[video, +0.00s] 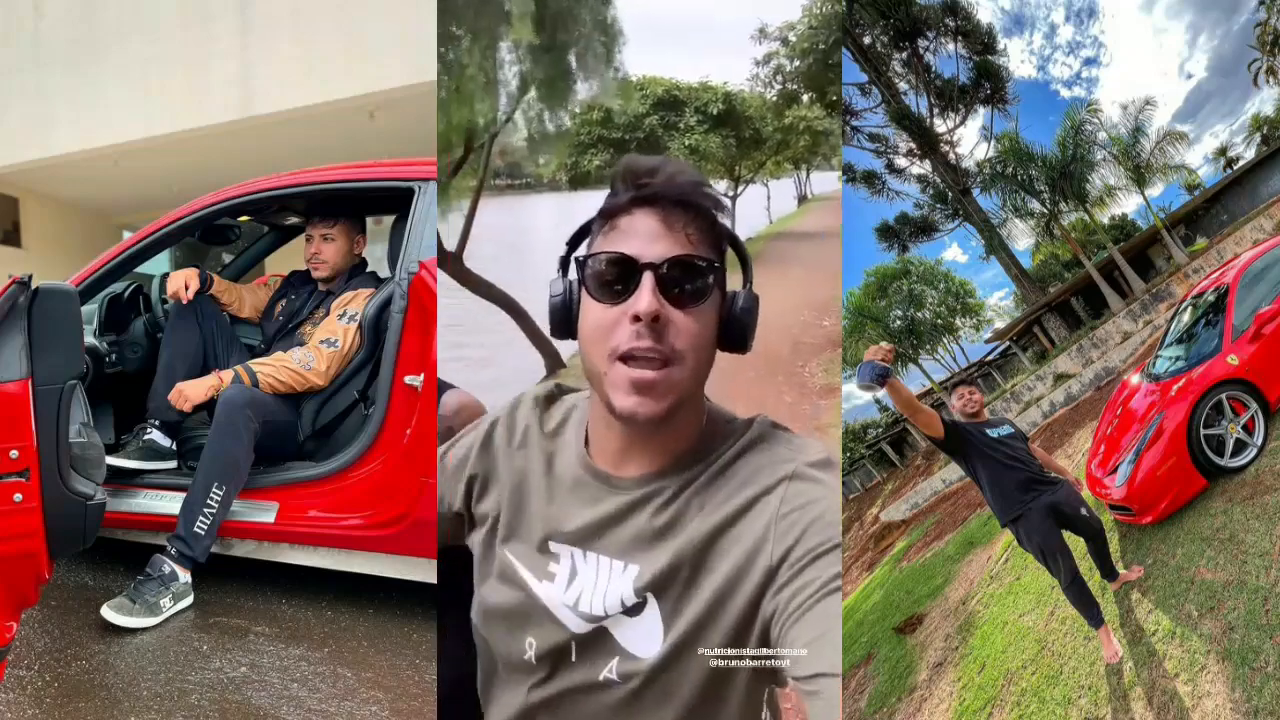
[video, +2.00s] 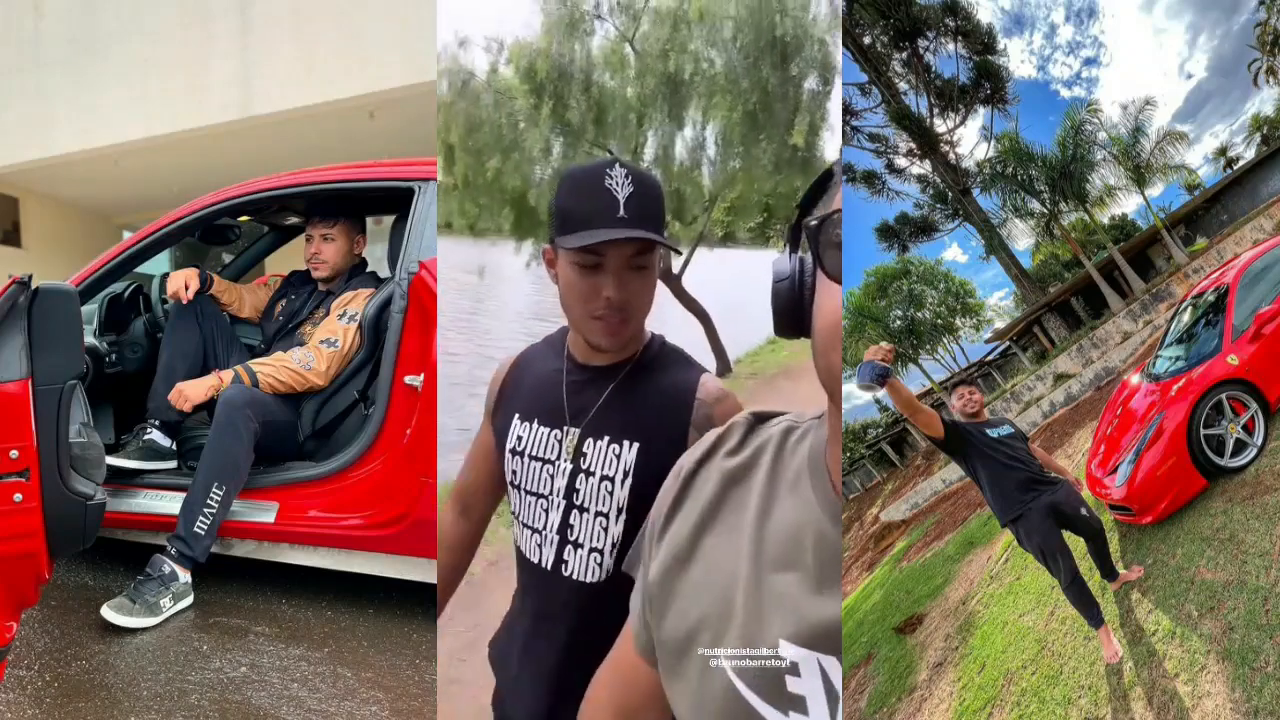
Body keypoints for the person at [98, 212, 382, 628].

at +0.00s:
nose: (314, 249)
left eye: (328, 239)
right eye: (310, 239)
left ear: (359, 245)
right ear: (304, 243)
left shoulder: (361, 297)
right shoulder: (291, 286)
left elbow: (315, 366)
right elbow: (242, 299)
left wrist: (219, 380)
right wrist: (201, 278)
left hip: (315, 410)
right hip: (265, 388)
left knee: (239, 402)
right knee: (196, 302)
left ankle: (177, 567)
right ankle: (161, 433)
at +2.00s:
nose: (314, 250)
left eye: (328, 239)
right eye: (310, 239)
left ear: (358, 245)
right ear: (304, 244)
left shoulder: (362, 297)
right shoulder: (292, 286)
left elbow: (315, 366)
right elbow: (242, 299)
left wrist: (219, 380)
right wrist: (202, 278)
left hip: (316, 410)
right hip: (266, 389)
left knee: (239, 402)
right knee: (196, 303)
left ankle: (177, 568)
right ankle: (161, 433)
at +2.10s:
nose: (314, 250)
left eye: (328, 239)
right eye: (310, 239)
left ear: (358, 245)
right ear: (304, 244)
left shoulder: (362, 297)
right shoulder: (292, 286)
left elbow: (315, 366)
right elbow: (242, 299)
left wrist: (219, 380)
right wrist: (202, 278)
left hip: (317, 410)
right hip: (266, 389)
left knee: (239, 402)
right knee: (196, 303)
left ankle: (177, 568)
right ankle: (161, 433)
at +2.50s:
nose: (314, 250)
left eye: (328, 239)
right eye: (310, 239)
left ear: (358, 245)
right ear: (304, 244)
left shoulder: (362, 297)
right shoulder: (292, 286)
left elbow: (315, 366)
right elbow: (242, 299)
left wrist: (219, 380)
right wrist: (202, 278)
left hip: (316, 410)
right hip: (266, 389)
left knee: (239, 402)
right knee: (196, 303)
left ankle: (177, 568)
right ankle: (161, 433)